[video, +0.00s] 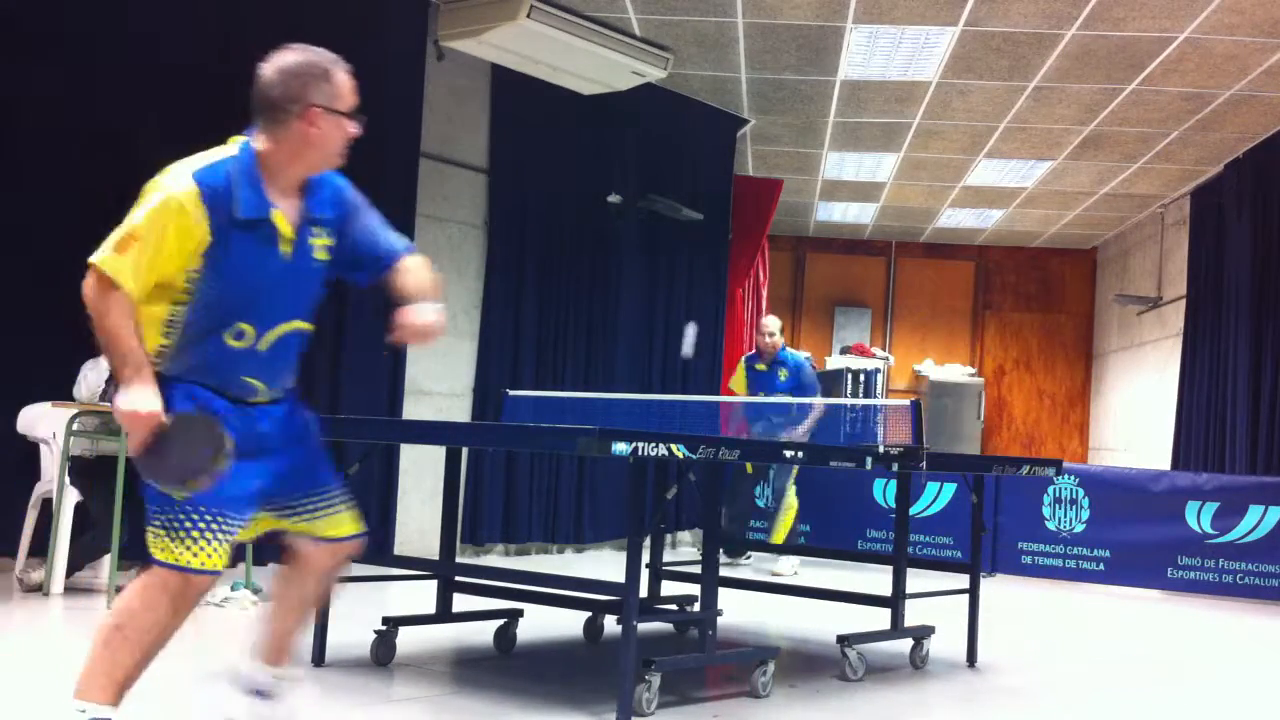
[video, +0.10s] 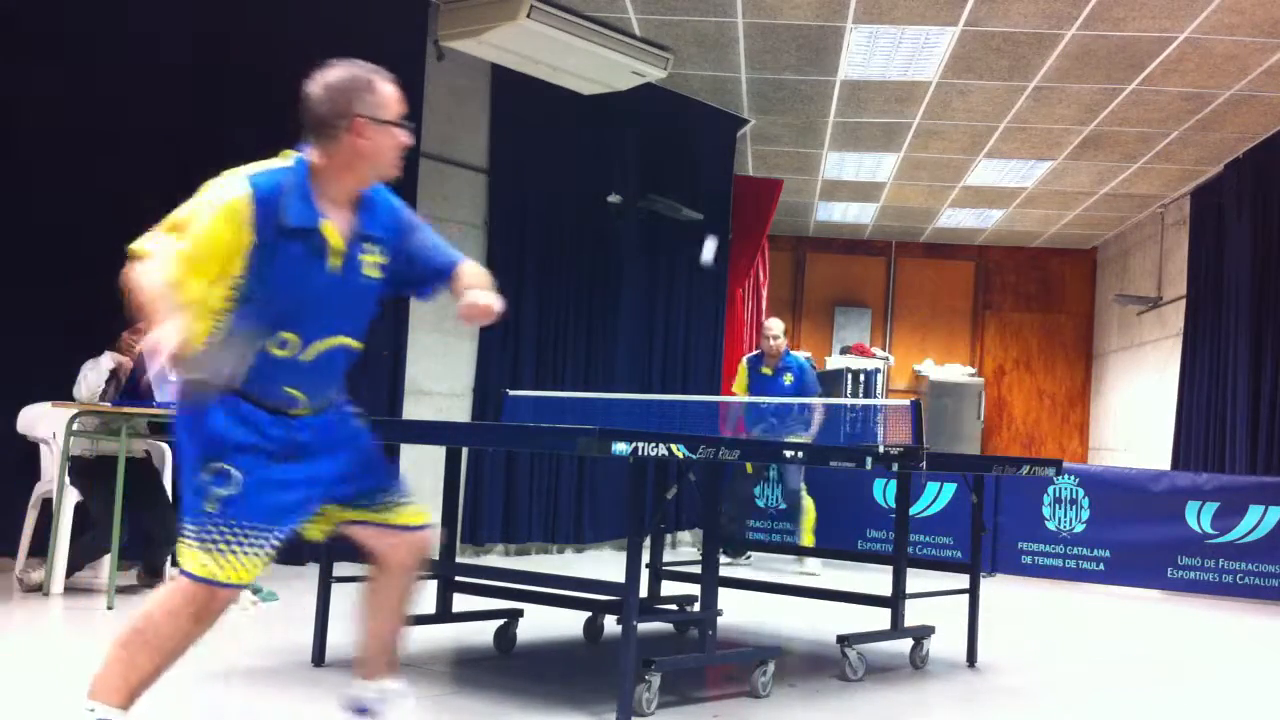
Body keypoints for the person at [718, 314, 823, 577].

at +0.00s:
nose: (767, 340)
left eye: (772, 335)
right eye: (762, 334)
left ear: (781, 337)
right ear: (755, 337)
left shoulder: (798, 364)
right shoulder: (747, 363)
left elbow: (818, 404)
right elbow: (737, 400)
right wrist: (740, 429)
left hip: (789, 435)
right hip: (757, 433)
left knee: (782, 490)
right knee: (740, 487)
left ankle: (787, 553)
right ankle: (735, 549)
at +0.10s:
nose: (771, 343)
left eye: (776, 338)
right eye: (767, 338)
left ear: (785, 339)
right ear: (760, 339)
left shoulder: (801, 366)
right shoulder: (748, 363)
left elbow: (818, 405)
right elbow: (737, 402)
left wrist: (809, 436)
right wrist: (729, 433)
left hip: (792, 436)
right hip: (757, 435)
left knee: (794, 489)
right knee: (740, 487)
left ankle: (806, 552)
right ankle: (736, 548)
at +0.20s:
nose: (779, 338)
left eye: (783, 333)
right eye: (774, 333)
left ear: (792, 335)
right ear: (767, 335)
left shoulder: (807, 362)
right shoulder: (754, 359)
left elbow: (824, 401)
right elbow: (741, 396)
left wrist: (825, 438)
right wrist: (737, 427)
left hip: (798, 440)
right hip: (760, 438)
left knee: (807, 492)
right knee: (742, 489)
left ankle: (821, 555)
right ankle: (734, 549)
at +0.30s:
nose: (787, 333)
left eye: (791, 328)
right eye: (782, 328)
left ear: (800, 328)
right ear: (775, 329)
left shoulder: (815, 353)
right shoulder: (761, 354)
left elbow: (831, 391)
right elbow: (744, 389)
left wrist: (837, 424)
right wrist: (743, 419)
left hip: (808, 437)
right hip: (766, 435)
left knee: (818, 490)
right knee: (746, 486)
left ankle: (823, 554)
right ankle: (737, 546)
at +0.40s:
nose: (794, 332)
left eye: (799, 327)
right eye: (789, 327)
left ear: (807, 329)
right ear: (781, 329)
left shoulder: (822, 355)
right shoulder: (766, 354)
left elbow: (833, 392)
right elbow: (749, 386)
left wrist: (841, 427)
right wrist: (752, 414)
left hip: (815, 437)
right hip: (772, 436)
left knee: (832, 489)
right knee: (754, 487)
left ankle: (831, 554)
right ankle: (746, 548)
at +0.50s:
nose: (804, 338)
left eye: (809, 333)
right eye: (800, 333)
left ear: (816, 335)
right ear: (792, 335)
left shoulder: (829, 363)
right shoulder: (775, 359)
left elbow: (839, 405)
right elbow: (755, 391)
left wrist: (845, 441)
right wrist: (763, 419)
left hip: (820, 442)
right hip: (779, 441)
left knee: (846, 492)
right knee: (757, 491)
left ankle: (859, 554)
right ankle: (749, 550)